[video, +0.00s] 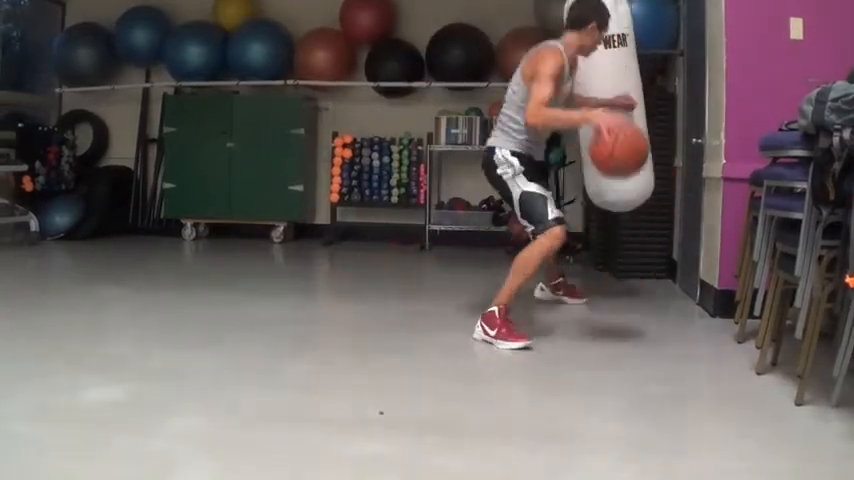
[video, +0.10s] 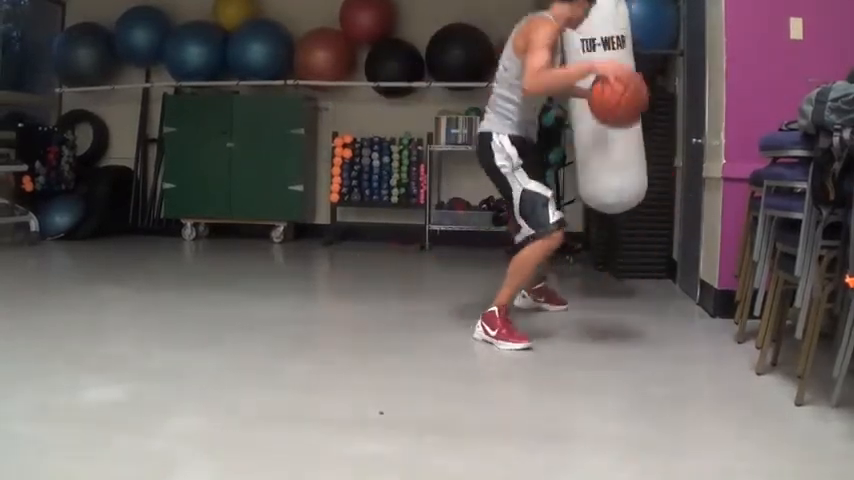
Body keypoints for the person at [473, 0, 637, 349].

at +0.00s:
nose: (601, 42)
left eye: (603, 35)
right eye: (601, 34)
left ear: (583, 26)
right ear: (589, 28)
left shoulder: (567, 58)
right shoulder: (549, 57)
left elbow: (563, 100)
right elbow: (536, 115)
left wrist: (606, 103)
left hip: (530, 156)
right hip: (506, 154)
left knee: (552, 221)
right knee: (552, 234)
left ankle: (550, 282)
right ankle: (494, 316)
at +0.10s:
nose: (586, 16)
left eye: (588, 10)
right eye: (586, 8)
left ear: (565, 3)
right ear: (572, 3)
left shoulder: (546, 28)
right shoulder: (541, 27)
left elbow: (552, 83)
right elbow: (533, 81)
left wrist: (594, 93)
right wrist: (591, 68)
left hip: (519, 136)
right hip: (501, 137)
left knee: (542, 219)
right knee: (550, 233)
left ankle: (532, 285)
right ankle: (494, 316)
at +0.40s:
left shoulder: (495, 5)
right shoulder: (532, 2)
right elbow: (532, 64)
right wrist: (591, 88)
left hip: (472, 109)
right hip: (486, 108)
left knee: (522, 215)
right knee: (540, 215)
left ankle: (495, 311)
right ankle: (468, 325)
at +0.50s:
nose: (549, 6)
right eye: (547, 5)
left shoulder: (471, 18)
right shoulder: (527, 18)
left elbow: (461, 95)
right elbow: (525, 99)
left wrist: (459, 170)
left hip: (461, 135)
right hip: (490, 133)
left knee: (515, 234)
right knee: (520, 249)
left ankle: (492, 319)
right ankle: (464, 355)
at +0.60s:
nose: (531, 14)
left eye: (530, 12)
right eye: (531, 11)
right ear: (522, 3)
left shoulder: (448, 25)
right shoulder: (520, 23)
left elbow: (431, 111)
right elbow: (517, 108)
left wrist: (415, 179)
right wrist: (514, 165)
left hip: (439, 152)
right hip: (478, 142)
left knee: (507, 227)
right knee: (521, 265)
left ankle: (500, 315)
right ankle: (455, 381)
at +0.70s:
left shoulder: (426, 8)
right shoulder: (514, 7)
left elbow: (386, 80)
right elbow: (507, 91)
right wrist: (504, 152)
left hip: (408, 131)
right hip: (463, 127)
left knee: (445, 241)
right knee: (508, 261)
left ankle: (465, 330)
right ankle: (451, 386)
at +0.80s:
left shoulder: (394, 1)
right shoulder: (497, 1)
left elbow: (339, 35)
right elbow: (501, 71)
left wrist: (282, 80)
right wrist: (506, 153)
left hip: (378, 111)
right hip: (440, 109)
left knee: (398, 226)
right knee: (488, 255)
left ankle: (377, 339)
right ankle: (451, 387)